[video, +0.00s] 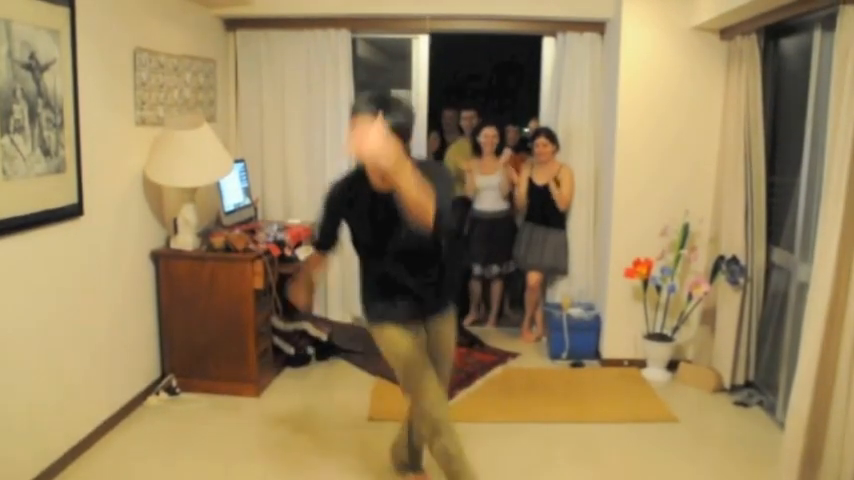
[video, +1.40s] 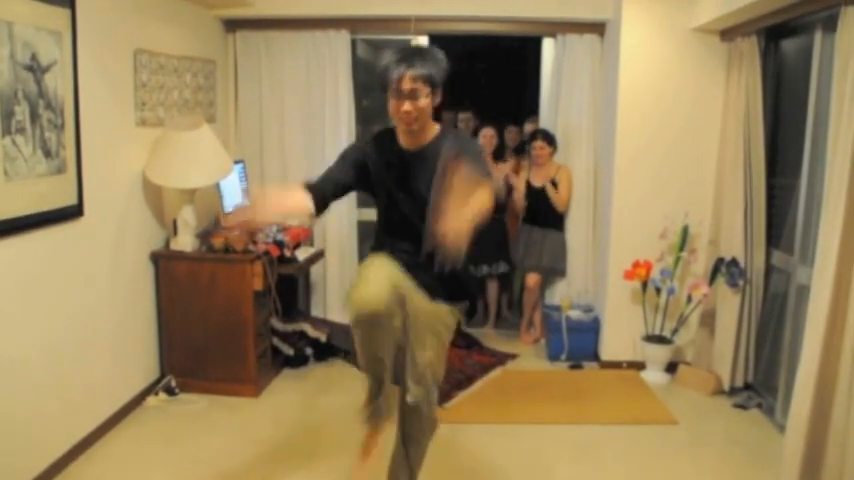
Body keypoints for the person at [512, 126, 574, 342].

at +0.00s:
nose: (540, 150)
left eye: (545, 145)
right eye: (537, 145)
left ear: (554, 147)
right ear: (533, 148)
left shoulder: (563, 171)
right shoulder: (527, 169)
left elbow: (563, 204)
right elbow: (521, 204)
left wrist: (552, 183)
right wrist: (519, 186)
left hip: (552, 229)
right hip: (531, 226)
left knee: (534, 278)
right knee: (536, 282)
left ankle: (526, 323)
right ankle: (540, 325)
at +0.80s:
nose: (537, 151)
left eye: (542, 146)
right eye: (534, 147)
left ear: (551, 149)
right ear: (529, 150)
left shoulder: (561, 171)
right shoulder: (525, 172)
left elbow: (561, 205)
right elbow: (519, 197)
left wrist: (540, 188)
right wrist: (520, 176)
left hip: (552, 231)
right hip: (531, 230)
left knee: (548, 281)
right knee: (531, 280)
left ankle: (527, 324)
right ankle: (537, 325)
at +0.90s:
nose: (537, 151)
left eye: (542, 146)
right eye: (534, 146)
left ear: (552, 149)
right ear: (529, 150)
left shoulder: (560, 172)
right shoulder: (523, 172)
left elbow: (560, 205)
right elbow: (516, 200)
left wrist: (550, 183)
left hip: (550, 231)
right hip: (527, 228)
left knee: (532, 278)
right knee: (535, 282)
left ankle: (526, 323)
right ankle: (538, 325)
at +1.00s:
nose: (537, 152)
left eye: (542, 147)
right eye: (534, 147)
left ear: (551, 149)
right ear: (529, 150)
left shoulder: (560, 172)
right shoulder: (524, 172)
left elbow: (561, 205)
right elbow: (518, 200)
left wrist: (548, 183)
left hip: (550, 232)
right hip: (527, 229)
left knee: (532, 278)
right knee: (535, 283)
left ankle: (525, 323)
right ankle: (539, 327)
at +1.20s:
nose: (537, 152)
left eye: (542, 147)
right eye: (534, 147)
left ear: (552, 150)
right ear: (529, 151)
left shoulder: (560, 172)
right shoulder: (523, 173)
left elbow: (562, 206)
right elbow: (516, 201)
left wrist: (538, 196)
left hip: (548, 231)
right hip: (524, 230)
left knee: (531, 279)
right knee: (534, 283)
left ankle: (525, 323)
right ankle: (538, 326)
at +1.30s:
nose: (537, 152)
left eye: (542, 148)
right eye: (534, 148)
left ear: (552, 150)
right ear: (529, 151)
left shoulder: (561, 172)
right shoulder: (526, 171)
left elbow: (562, 206)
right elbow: (521, 201)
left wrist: (542, 189)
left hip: (550, 231)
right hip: (529, 228)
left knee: (532, 278)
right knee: (534, 283)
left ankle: (525, 323)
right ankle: (538, 327)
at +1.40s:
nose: (537, 153)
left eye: (542, 148)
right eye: (534, 148)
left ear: (552, 150)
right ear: (530, 151)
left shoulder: (561, 172)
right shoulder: (525, 172)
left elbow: (562, 206)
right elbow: (519, 207)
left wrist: (548, 186)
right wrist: (517, 189)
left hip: (550, 231)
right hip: (529, 229)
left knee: (532, 279)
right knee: (535, 284)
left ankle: (525, 324)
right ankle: (538, 327)